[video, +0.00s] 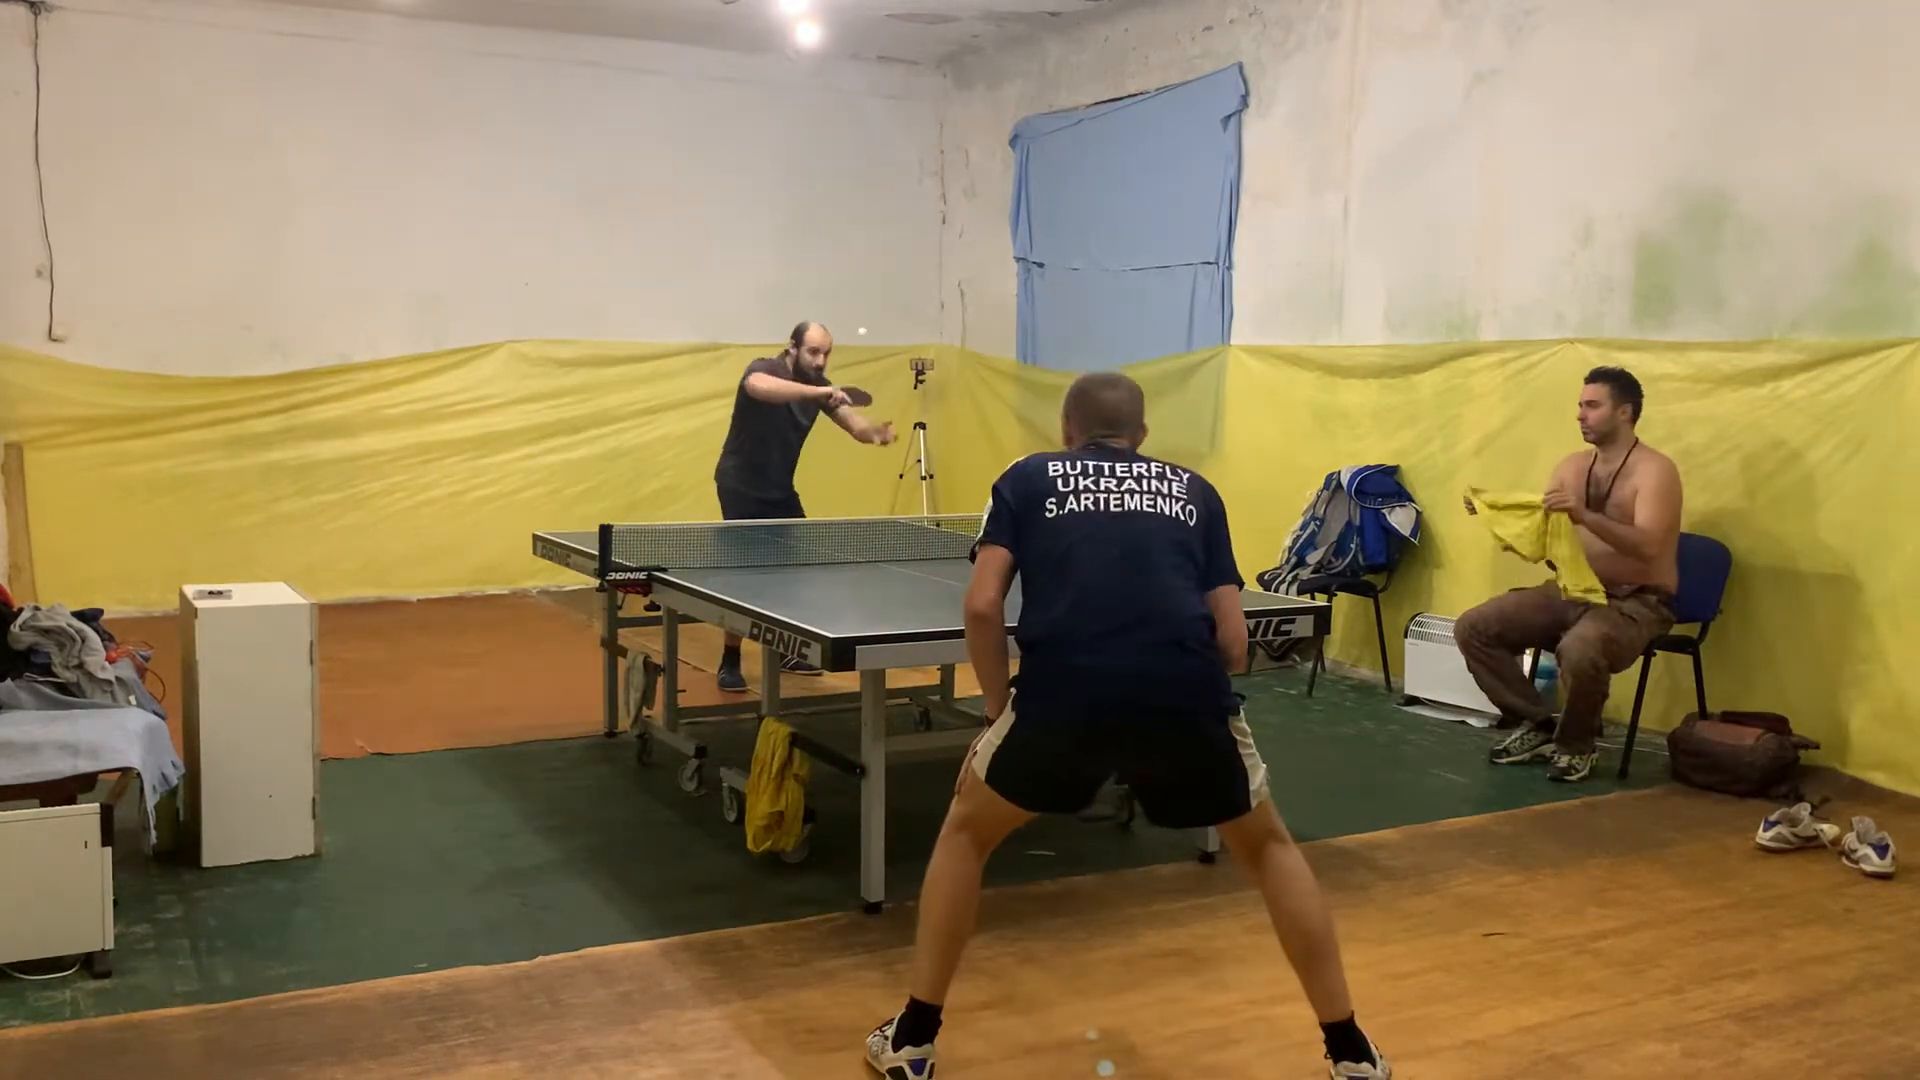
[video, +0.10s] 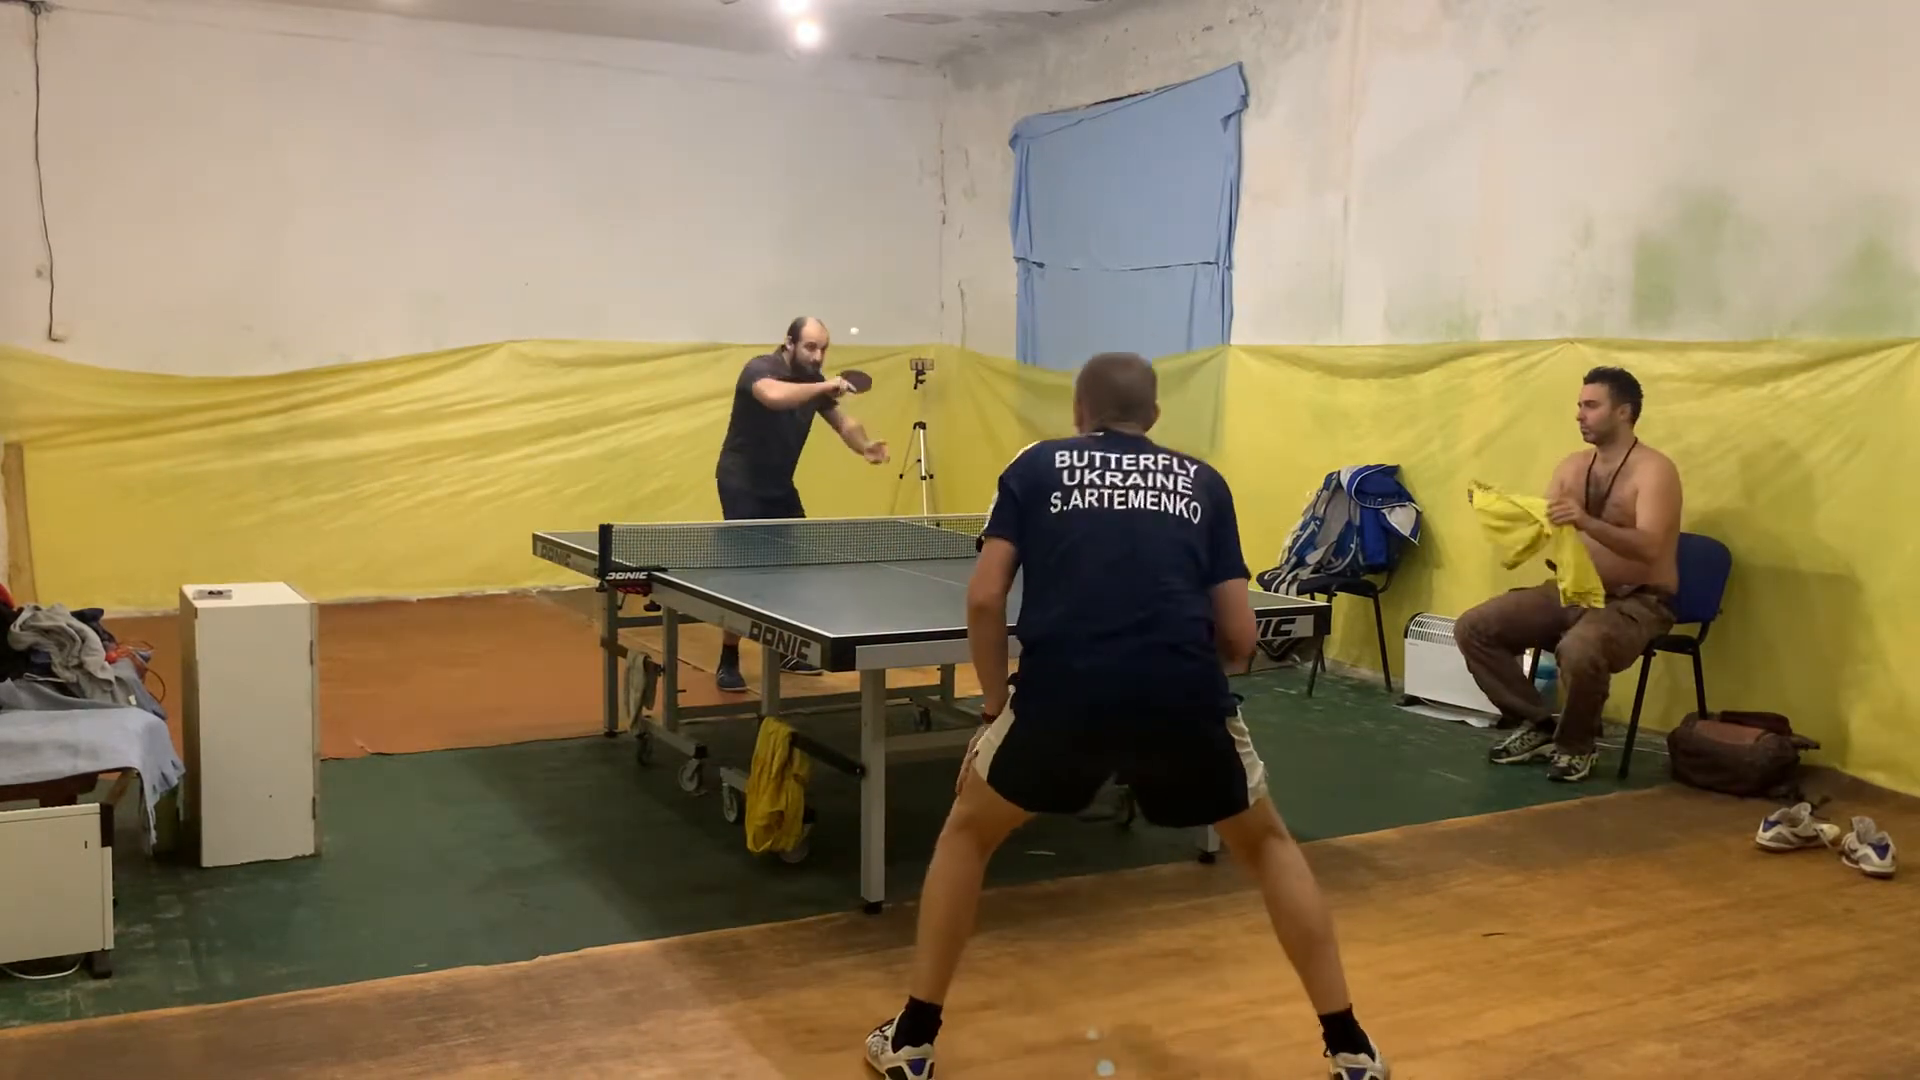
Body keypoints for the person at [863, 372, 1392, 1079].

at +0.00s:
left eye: (1060, 429)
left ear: (1068, 431)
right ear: (1144, 436)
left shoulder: (1028, 478)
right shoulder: (1193, 490)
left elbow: (982, 606)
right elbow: (1232, 640)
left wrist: (999, 710)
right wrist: (1190, 694)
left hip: (1062, 704)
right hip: (1185, 707)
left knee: (967, 835)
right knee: (1268, 847)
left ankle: (915, 1032)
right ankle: (1349, 1047)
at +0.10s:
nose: (1078, 419)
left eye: (1076, 410)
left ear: (1079, 415)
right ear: (1155, 418)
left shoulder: (1035, 467)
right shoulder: (1202, 481)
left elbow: (983, 599)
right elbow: (1238, 637)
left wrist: (996, 700)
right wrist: (1184, 664)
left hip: (1062, 703)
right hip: (1182, 704)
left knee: (969, 834)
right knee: (1267, 843)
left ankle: (914, 1034)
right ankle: (1348, 1042)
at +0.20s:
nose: (1093, 393)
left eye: (1094, 383)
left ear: (1099, 389)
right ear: (1175, 393)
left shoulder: (1058, 447)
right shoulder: (1222, 462)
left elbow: (1004, 580)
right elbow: (1259, 620)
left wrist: (1001, 687)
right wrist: (1213, 653)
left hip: (1079, 697)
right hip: (1195, 697)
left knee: (982, 836)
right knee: (1271, 836)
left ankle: (915, 1033)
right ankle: (1348, 1039)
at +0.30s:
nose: (1118, 369)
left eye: (1117, 358)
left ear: (1124, 363)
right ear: (1201, 366)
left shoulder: (1090, 427)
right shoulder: (1253, 441)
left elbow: (1050, 550)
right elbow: (1287, 594)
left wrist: (1020, 655)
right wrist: (1217, 613)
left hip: (1116, 687)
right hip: (1230, 689)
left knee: (1011, 841)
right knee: (1282, 840)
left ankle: (920, 1029)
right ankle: (1350, 1043)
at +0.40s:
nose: (1130, 348)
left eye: (1131, 336)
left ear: (1139, 341)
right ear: (1216, 345)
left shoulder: (1118, 410)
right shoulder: (1272, 419)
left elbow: (1095, 536)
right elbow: (1312, 565)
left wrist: (1042, 607)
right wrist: (1238, 579)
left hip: (1156, 670)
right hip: (1265, 670)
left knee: (1039, 824)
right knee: (1293, 845)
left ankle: (958, 1022)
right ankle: (1352, 1048)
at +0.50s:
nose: (1132, 333)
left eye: (1133, 322)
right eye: (1140, 323)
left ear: (1141, 326)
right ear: (1215, 327)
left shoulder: (1126, 389)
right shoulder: (1276, 399)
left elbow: (1109, 517)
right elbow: (1316, 542)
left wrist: (1057, 572)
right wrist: (1249, 535)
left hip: (1169, 650)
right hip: (1277, 650)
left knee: (1061, 799)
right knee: (1292, 814)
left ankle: (1048, 1027)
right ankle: (1356, 1000)